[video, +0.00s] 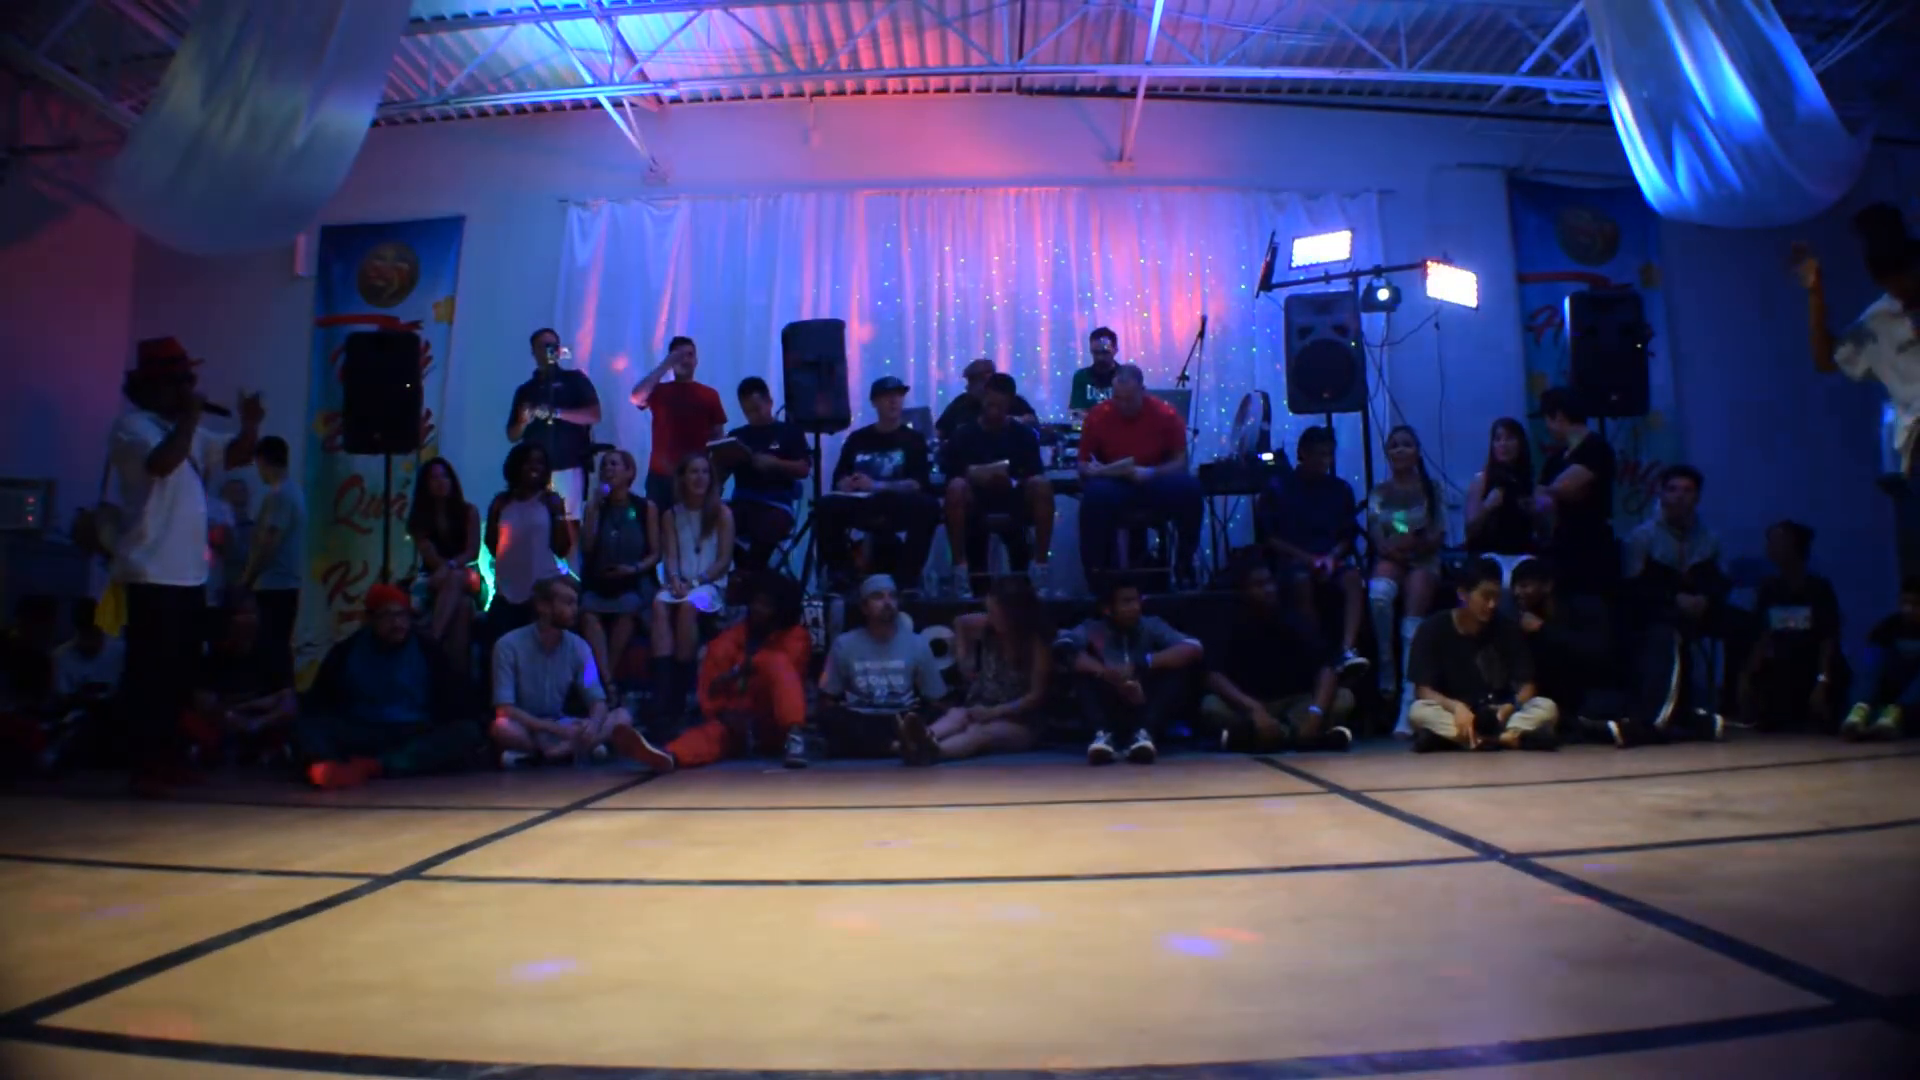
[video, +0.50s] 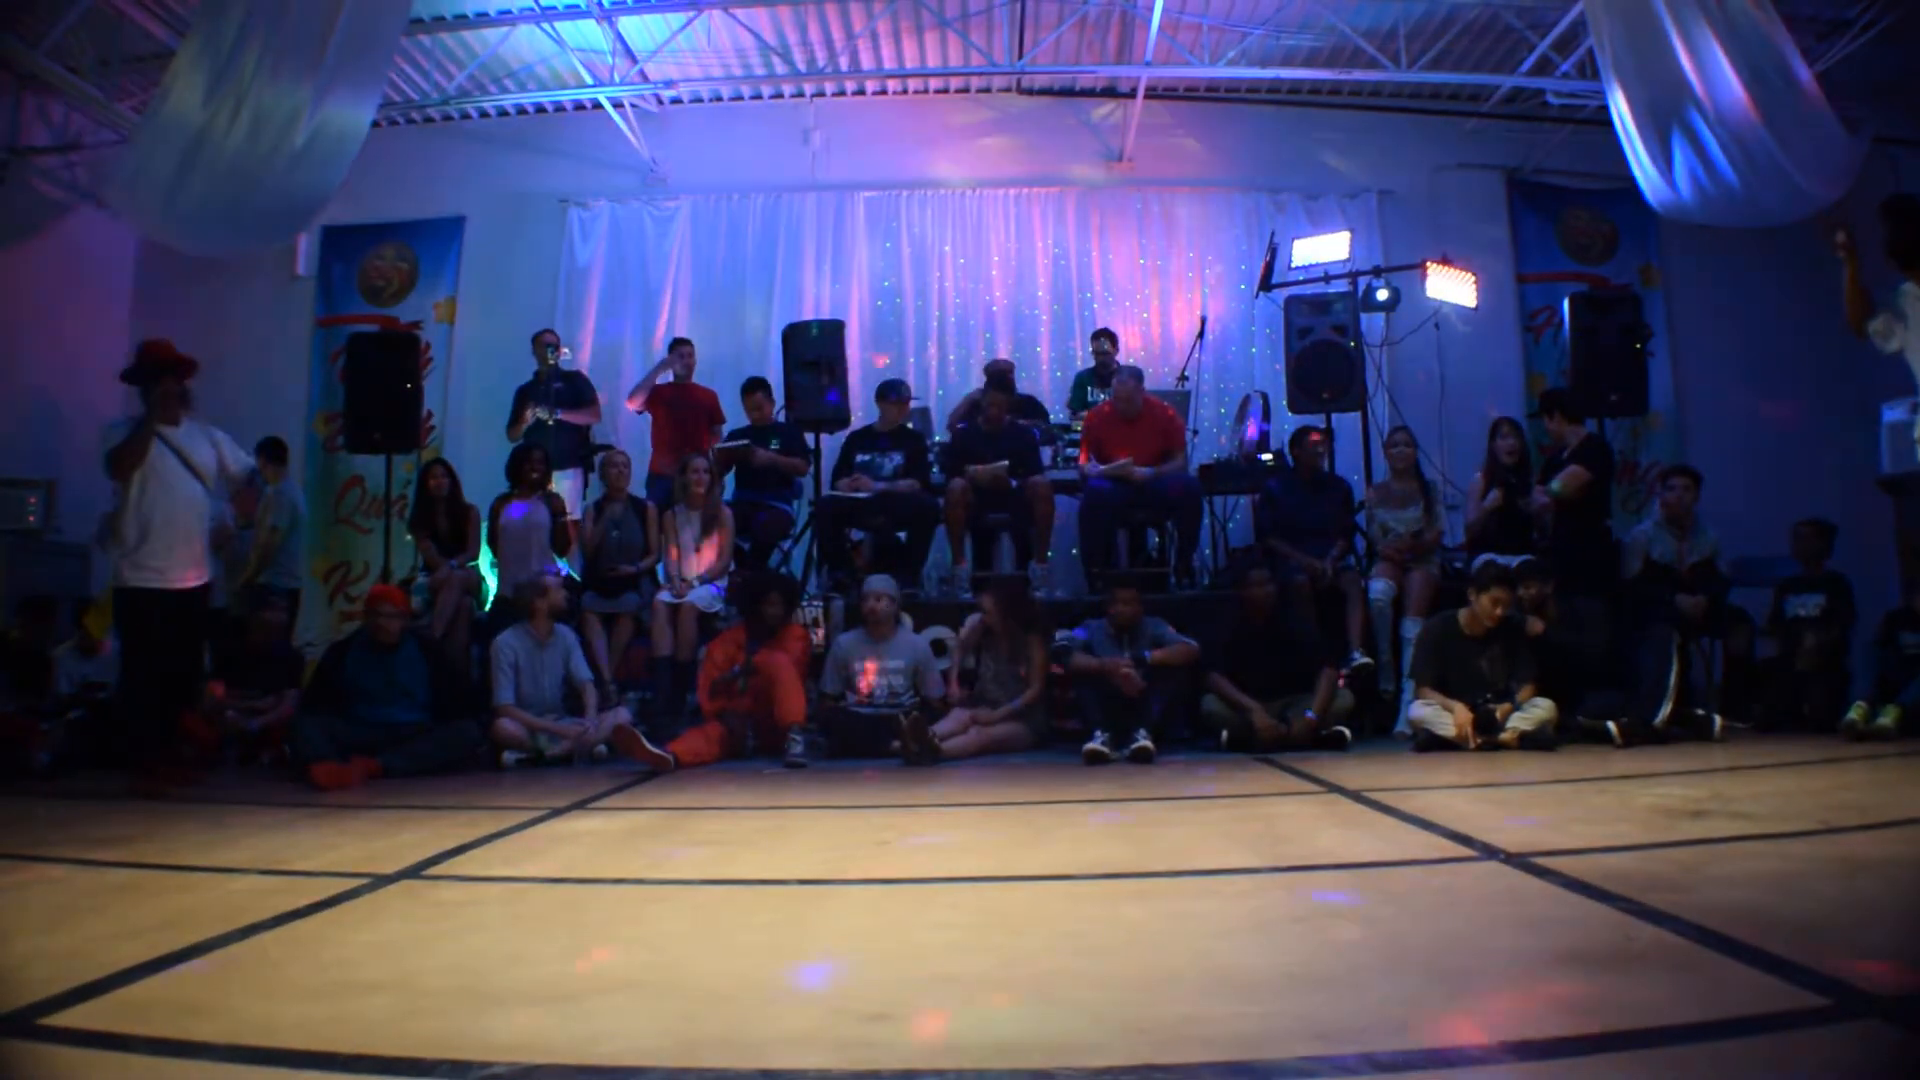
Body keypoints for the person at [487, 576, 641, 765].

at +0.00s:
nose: (574, 609)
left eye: (575, 603)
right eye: (567, 603)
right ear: (543, 607)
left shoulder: (579, 647)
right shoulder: (509, 645)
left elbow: (598, 701)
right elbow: (505, 709)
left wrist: (593, 725)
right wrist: (556, 729)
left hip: (564, 722)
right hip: (527, 722)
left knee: (622, 716)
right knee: (501, 727)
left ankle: (560, 750)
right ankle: (577, 747)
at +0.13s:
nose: (576, 606)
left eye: (575, 600)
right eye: (569, 600)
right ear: (547, 607)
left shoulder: (577, 645)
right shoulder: (509, 645)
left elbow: (598, 699)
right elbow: (504, 707)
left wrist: (592, 726)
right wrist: (555, 728)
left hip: (565, 721)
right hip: (528, 723)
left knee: (622, 716)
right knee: (502, 728)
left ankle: (559, 750)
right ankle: (578, 747)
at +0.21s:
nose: (576, 602)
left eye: (574, 596)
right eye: (569, 597)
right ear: (547, 606)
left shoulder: (575, 644)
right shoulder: (509, 645)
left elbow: (597, 697)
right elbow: (504, 707)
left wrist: (592, 726)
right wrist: (555, 728)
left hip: (564, 721)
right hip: (528, 723)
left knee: (623, 715)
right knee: (503, 727)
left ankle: (559, 750)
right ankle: (578, 748)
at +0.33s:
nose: (573, 599)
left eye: (571, 593)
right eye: (566, 594)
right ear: (544, 604)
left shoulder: (572, 641)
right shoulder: (509, 643)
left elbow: (594, 689)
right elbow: (504, 706)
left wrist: (593, 722)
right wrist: (556, 729)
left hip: (563, 720)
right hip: (528, 722)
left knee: (623, 715)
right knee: (502, 728)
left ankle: (557, 751)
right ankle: (579, 747)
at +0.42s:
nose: (570, 597)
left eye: (567, 591)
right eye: (562, 592)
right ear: (542, 604)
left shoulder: (568, 638)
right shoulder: (508, 643)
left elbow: (591, 686)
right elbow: (504, 706)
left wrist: (592, 721)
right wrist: (553, 728)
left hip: (562, 719)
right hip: (527, 721)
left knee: (623, 715)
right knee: (502, 728)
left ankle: (558, 750)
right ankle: (580, 746)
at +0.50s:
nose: (566, 594)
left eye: (563, 588)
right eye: (559, 589)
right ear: (539, 602)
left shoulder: (565, 635)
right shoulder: (506, 643)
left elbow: (587, 684)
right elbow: (505, 707)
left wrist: (590, 719)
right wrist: (557, 729)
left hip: (562, 718)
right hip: (527, 721)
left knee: (622, 715)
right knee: (503, 728)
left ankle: (554, 752)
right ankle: (580, 747)